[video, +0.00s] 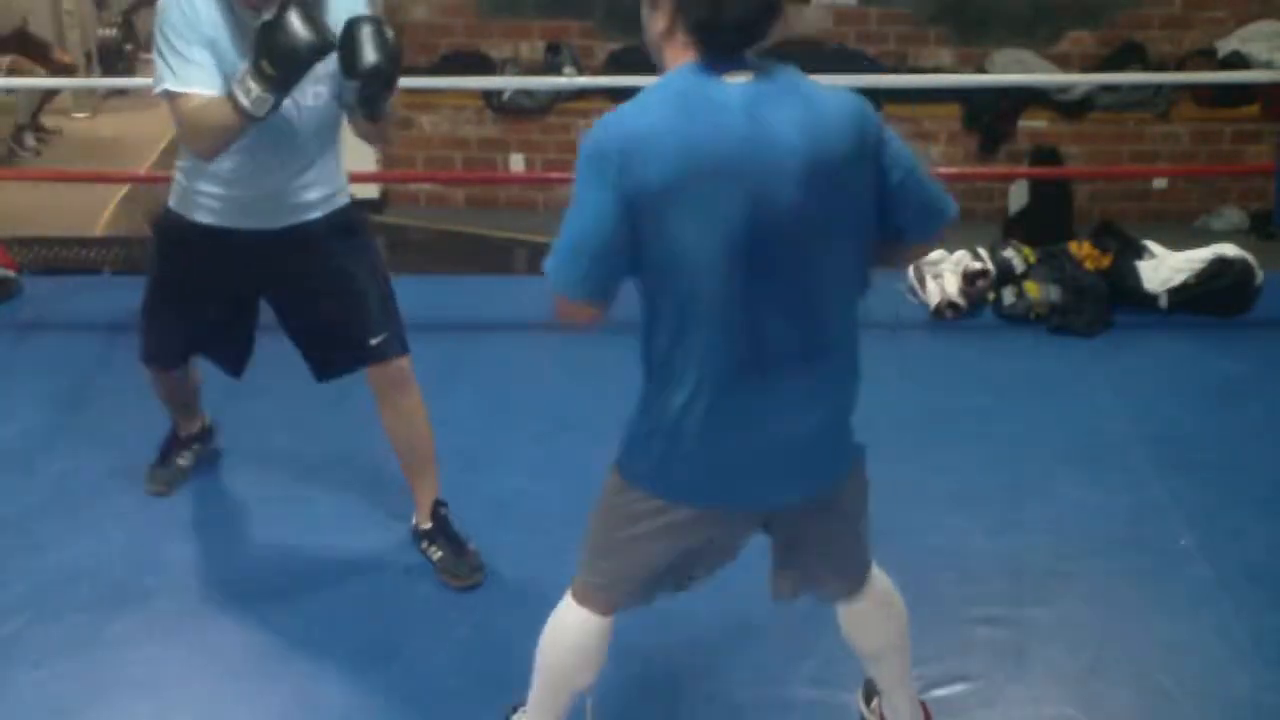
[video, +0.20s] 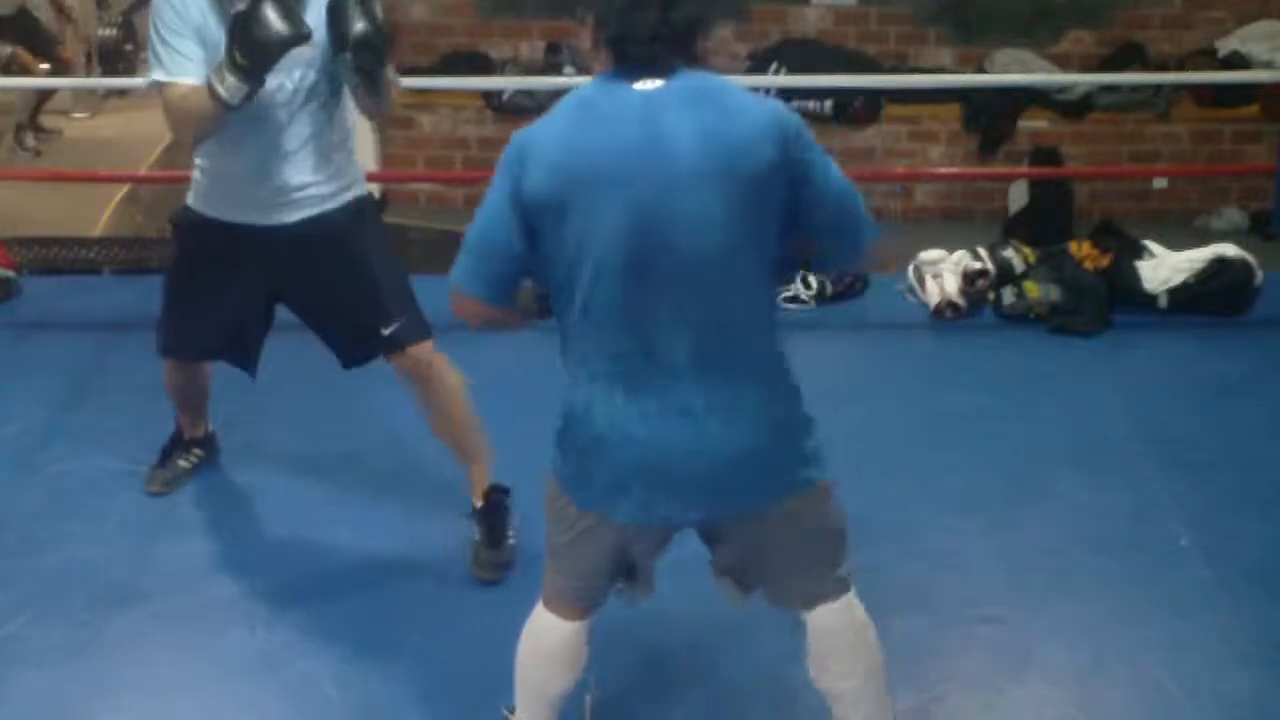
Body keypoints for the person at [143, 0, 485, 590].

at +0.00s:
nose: (262, 0)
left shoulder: (342, 7)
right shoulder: (190, 9)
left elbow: (375, 133)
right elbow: (197, 136)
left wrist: (371, 94)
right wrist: (264, 78)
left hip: (317, 214)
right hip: (205, 217)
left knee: (390, 362)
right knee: (163, 353)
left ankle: (431, 520)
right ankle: (191, 433)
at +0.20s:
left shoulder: (333, 4)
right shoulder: (182, 7)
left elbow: (381, 108)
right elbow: (184, 127)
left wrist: (368, 63)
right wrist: (242, 65)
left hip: (331, 208)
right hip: (222, 213)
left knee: (414, 353)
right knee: (181, 355)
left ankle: (487, 495)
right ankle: (193, 437)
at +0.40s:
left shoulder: (393, 6)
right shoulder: (248, 5)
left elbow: (465, 98)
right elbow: (228, 115)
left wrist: (433, 22)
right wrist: (275, 58)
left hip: (385, 213)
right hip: (280, 209)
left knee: (447, 364)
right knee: (225, 340)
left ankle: (514, 505)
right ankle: (198, 434)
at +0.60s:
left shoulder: (450, 5)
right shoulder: (291, 4)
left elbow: (489, 114)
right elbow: (277, 104)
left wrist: (459, 69)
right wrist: (316, 55)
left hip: (430, 188)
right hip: (328, 187)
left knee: (476, 349)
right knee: (282, 313)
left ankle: (517, 508)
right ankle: (329, 390)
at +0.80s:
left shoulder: (474, 1)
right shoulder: (316, 5)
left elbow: (543, 72)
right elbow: (301, 96)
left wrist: (494, 16)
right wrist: (347, 44)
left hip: (461, 173)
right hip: (365, 179)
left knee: (496, 300)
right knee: (333, 308)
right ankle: (348, 396)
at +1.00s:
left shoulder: (523, 0)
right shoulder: (381, 3)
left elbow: (588, 68)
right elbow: (357, 86)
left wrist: (547, 18)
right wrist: (386, 46)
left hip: (513, 164)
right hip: (426, 165)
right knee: (399, 294)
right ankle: (413, 372)